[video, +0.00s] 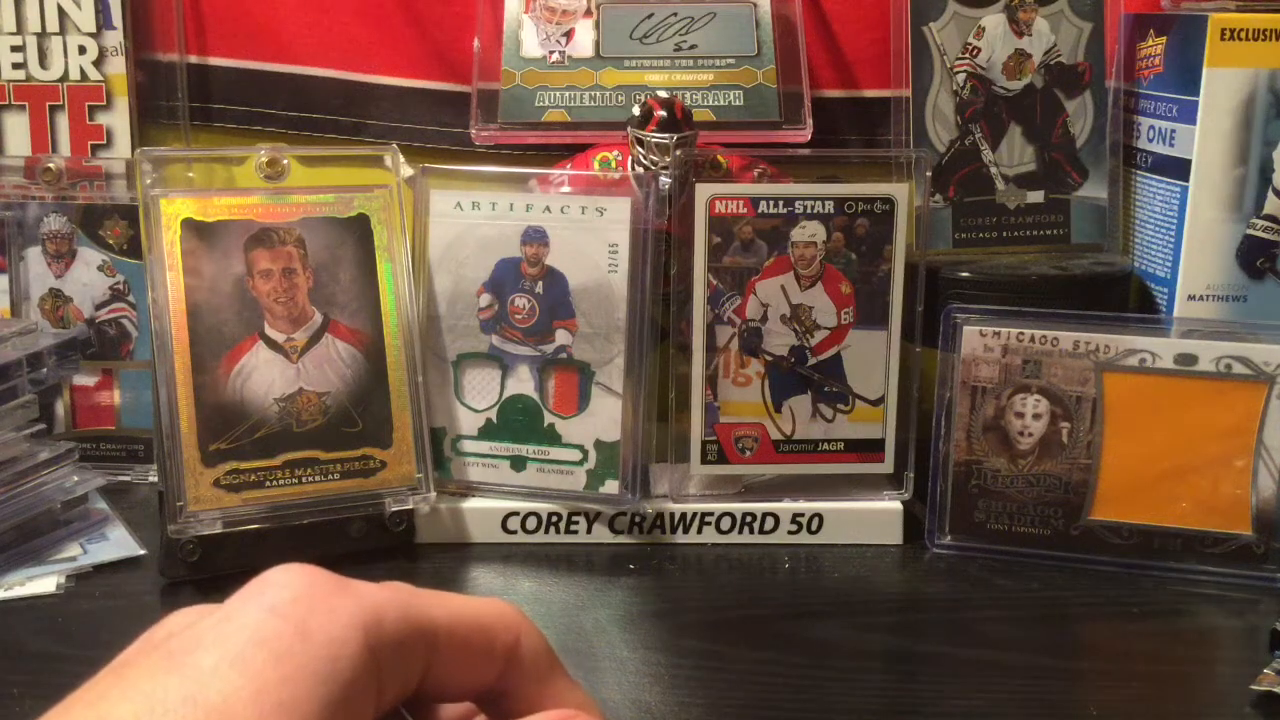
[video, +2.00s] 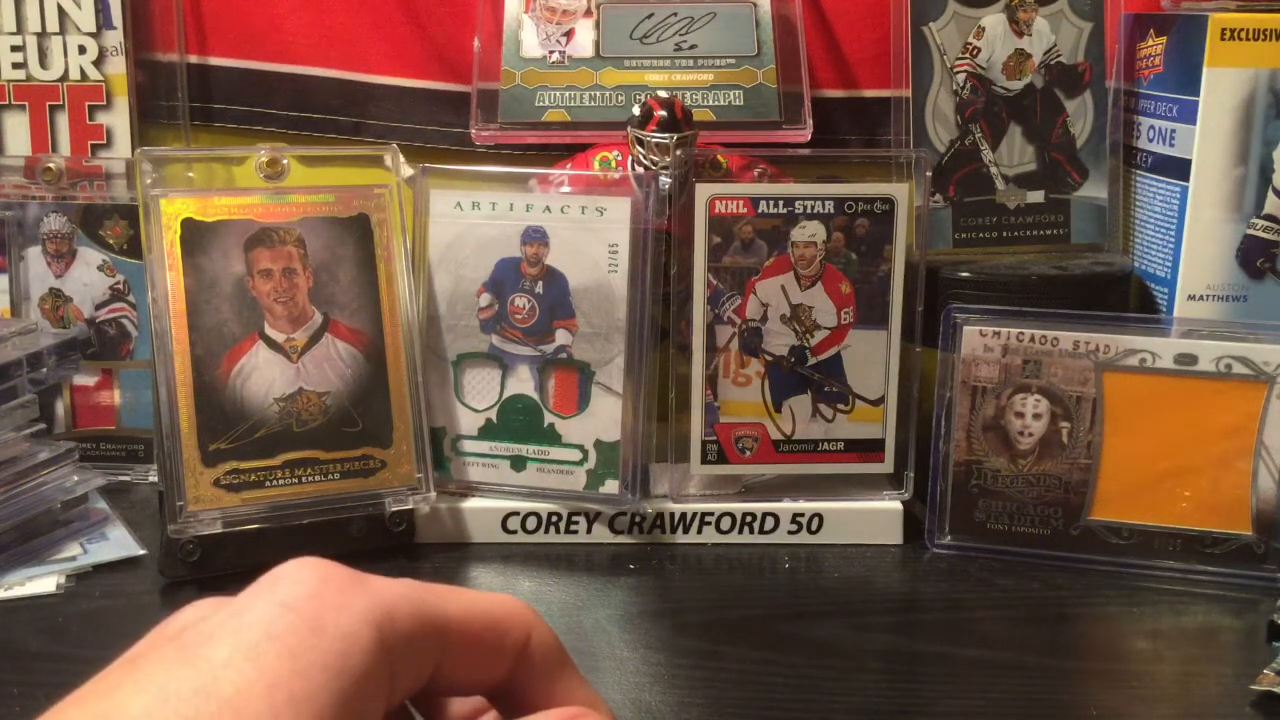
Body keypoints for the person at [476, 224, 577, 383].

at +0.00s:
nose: (535, 251)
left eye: (540, 246)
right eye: (530, 246)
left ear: (547, 250)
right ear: (522, 248)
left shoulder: (557, 280)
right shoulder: (504, 268)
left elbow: (565, 321)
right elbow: (487, 293)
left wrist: (561, 350)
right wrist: (487, 317)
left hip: (542, 353)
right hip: (503, 348)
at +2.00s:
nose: (534, 251)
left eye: (540, 246)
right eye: (530, 246)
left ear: (547, 250)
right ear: (522, 248)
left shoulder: (557, 280)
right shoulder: (504, 268)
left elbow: (565, 321)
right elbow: (487, 293)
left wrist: (562, 349)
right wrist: (487, 316)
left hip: (541, 354)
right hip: (503, 350)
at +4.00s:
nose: (534, 251)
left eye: (540, 247)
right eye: (530, 246)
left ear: (546, 251)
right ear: (522, 248)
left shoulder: (556, 279)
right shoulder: (504, 268)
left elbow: (565, 321)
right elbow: (487, 291)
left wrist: (562, 348)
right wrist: (486, 311)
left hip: (541, 353)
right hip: (502, 348)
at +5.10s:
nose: (534, 251)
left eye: (540, 247)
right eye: (530, 246)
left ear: (546, 251)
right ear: (522, 248)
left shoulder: (557, 280)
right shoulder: (505, 268)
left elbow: (565, 320)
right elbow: (487, 292)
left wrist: (562, 350)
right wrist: (486, 315)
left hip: (540, 352)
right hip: (502, 348)